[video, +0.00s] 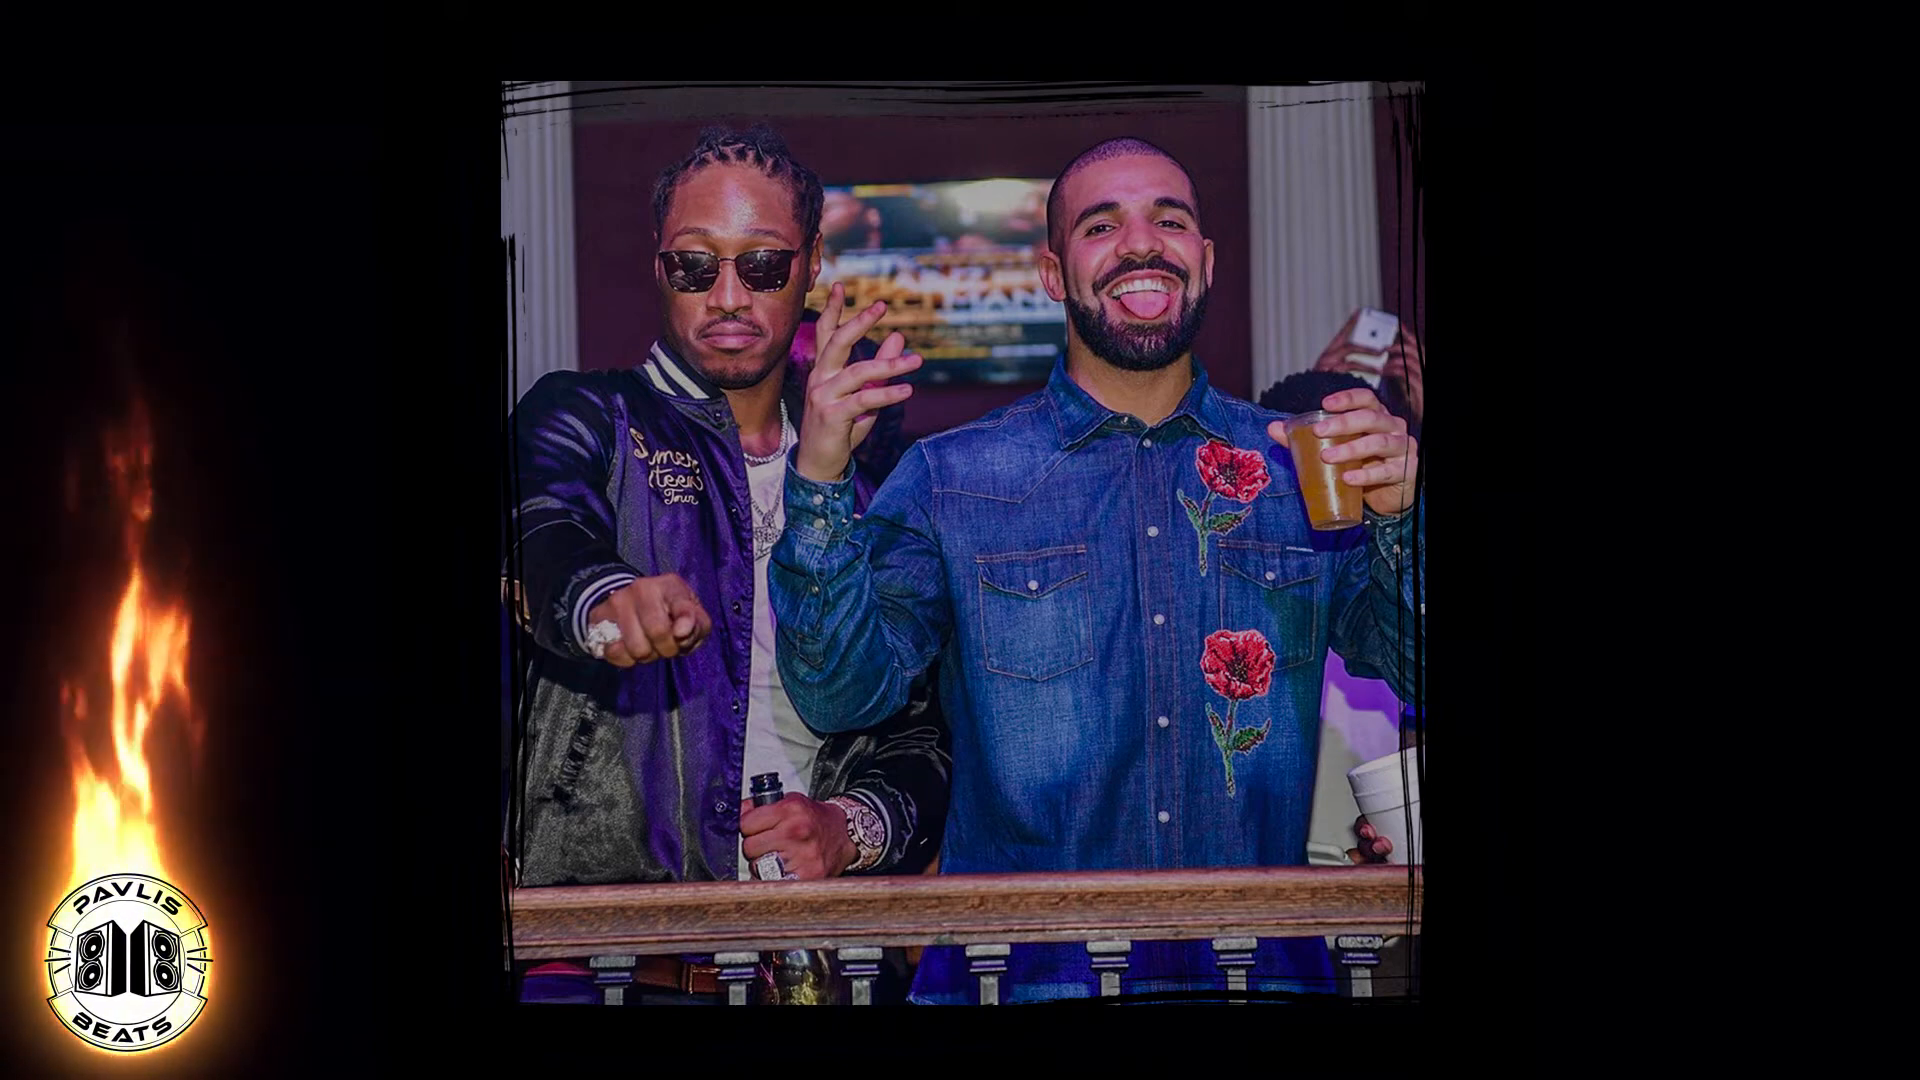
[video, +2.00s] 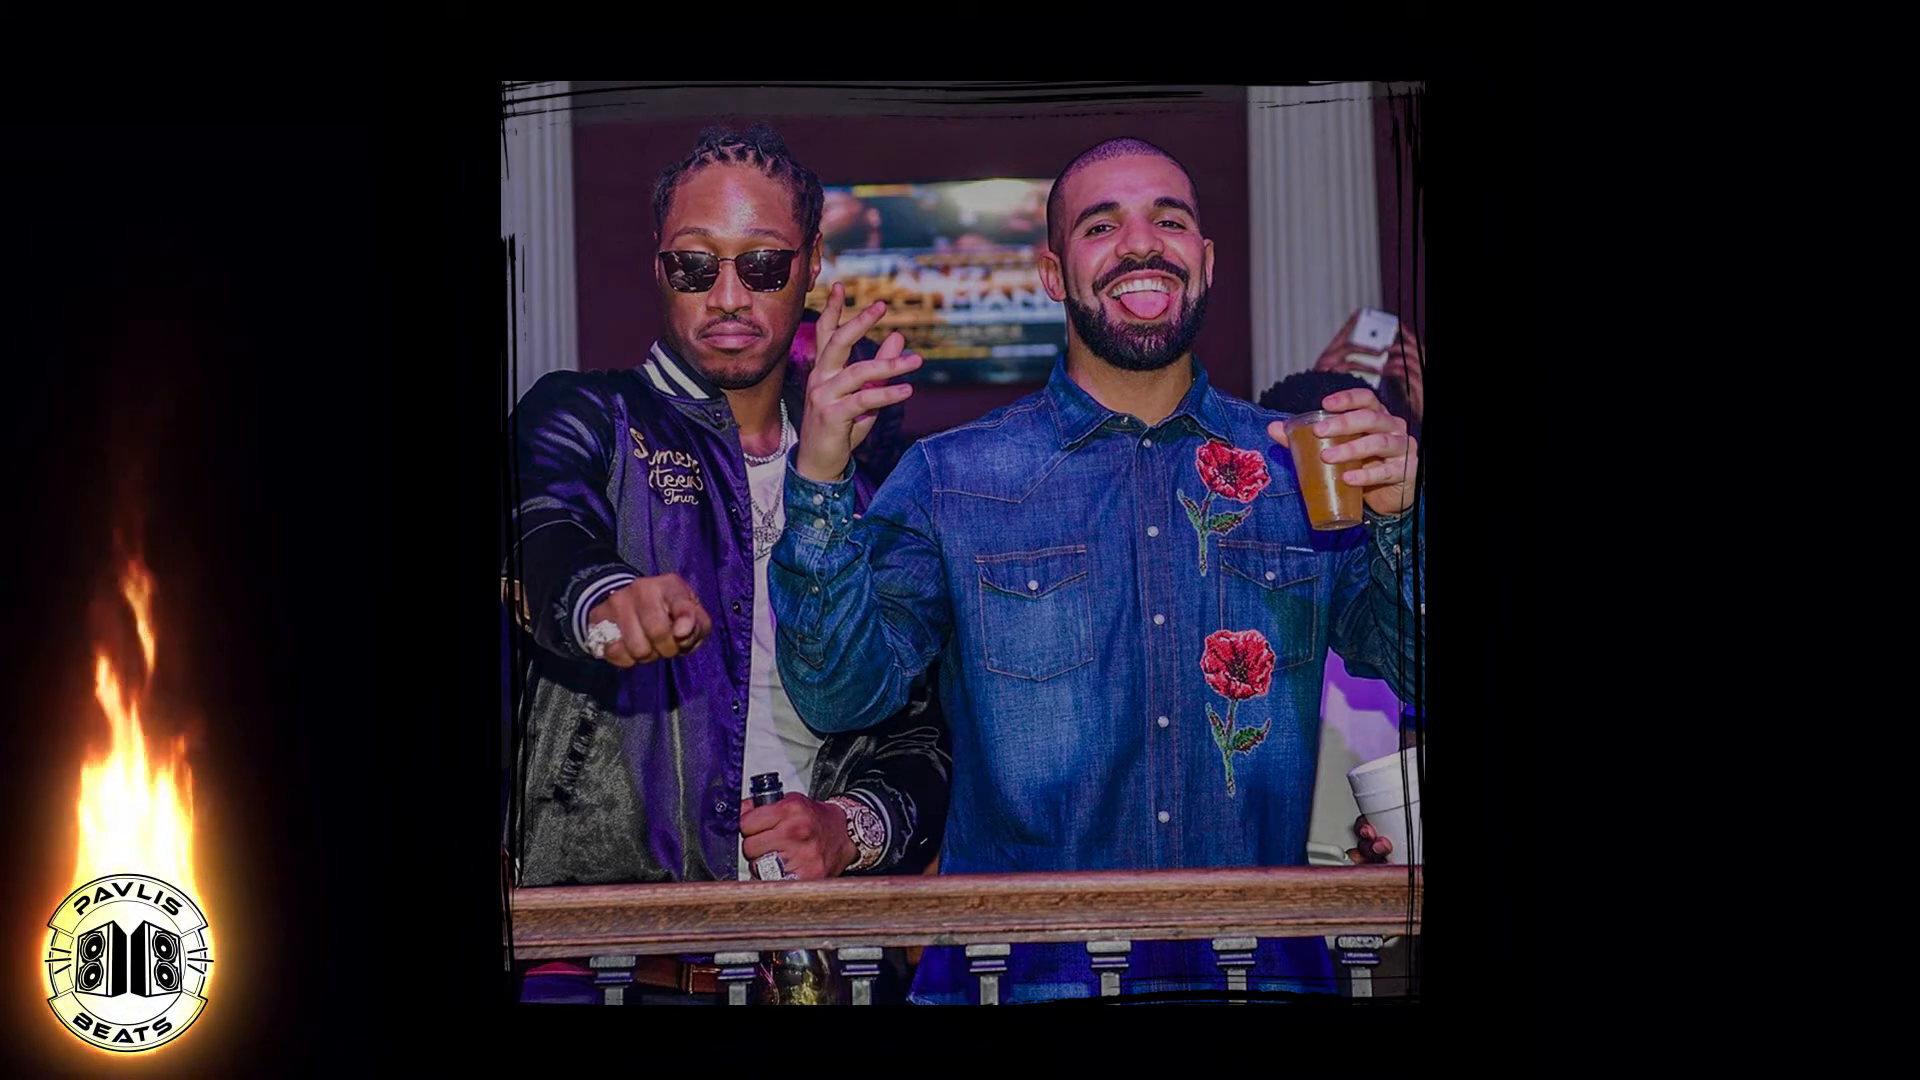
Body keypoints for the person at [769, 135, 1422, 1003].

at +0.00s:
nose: (1141, 243)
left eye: (1169, 219)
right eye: (1101, 225)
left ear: (1207, 258)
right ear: (1055, 272)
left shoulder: (1304, 470)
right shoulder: (945, 479)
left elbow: (1412, 673)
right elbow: (840, 693)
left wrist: (1402, 516)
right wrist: (818, 475)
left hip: (1254, 955)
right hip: (1021, 963)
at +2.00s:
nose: (1141, 243)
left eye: (1169, 219)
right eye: (1102, 225)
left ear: (1208, 258)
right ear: (1055, 272)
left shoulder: (1304, 469)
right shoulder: (945, 479)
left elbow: (1414, 674)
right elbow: (840, 693)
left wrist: (1402, 516)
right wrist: (819, 473)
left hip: (1255, 954)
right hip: (1021, 963)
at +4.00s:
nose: (1142, 242)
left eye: (1170, 219)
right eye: (1102, 225)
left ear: (1207, 259)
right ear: (1055, 273)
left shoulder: (1304, 469)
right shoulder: (945, 478)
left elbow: (1413, 673)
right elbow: (840, 692)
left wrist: (1402, 516)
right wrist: (818, 475)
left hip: (1255, 955)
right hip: (1022, 963)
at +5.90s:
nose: (1142, 242)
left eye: (1170, 219)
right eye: (1102, 225)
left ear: (1207, 259)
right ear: (1055, 273)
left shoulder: (1304, 469)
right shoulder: (945, 478)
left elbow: (1413, 673)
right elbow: (840, 692)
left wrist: (1402, 516)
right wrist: (818, 475)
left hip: (1255, 955)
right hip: (1022, 963)